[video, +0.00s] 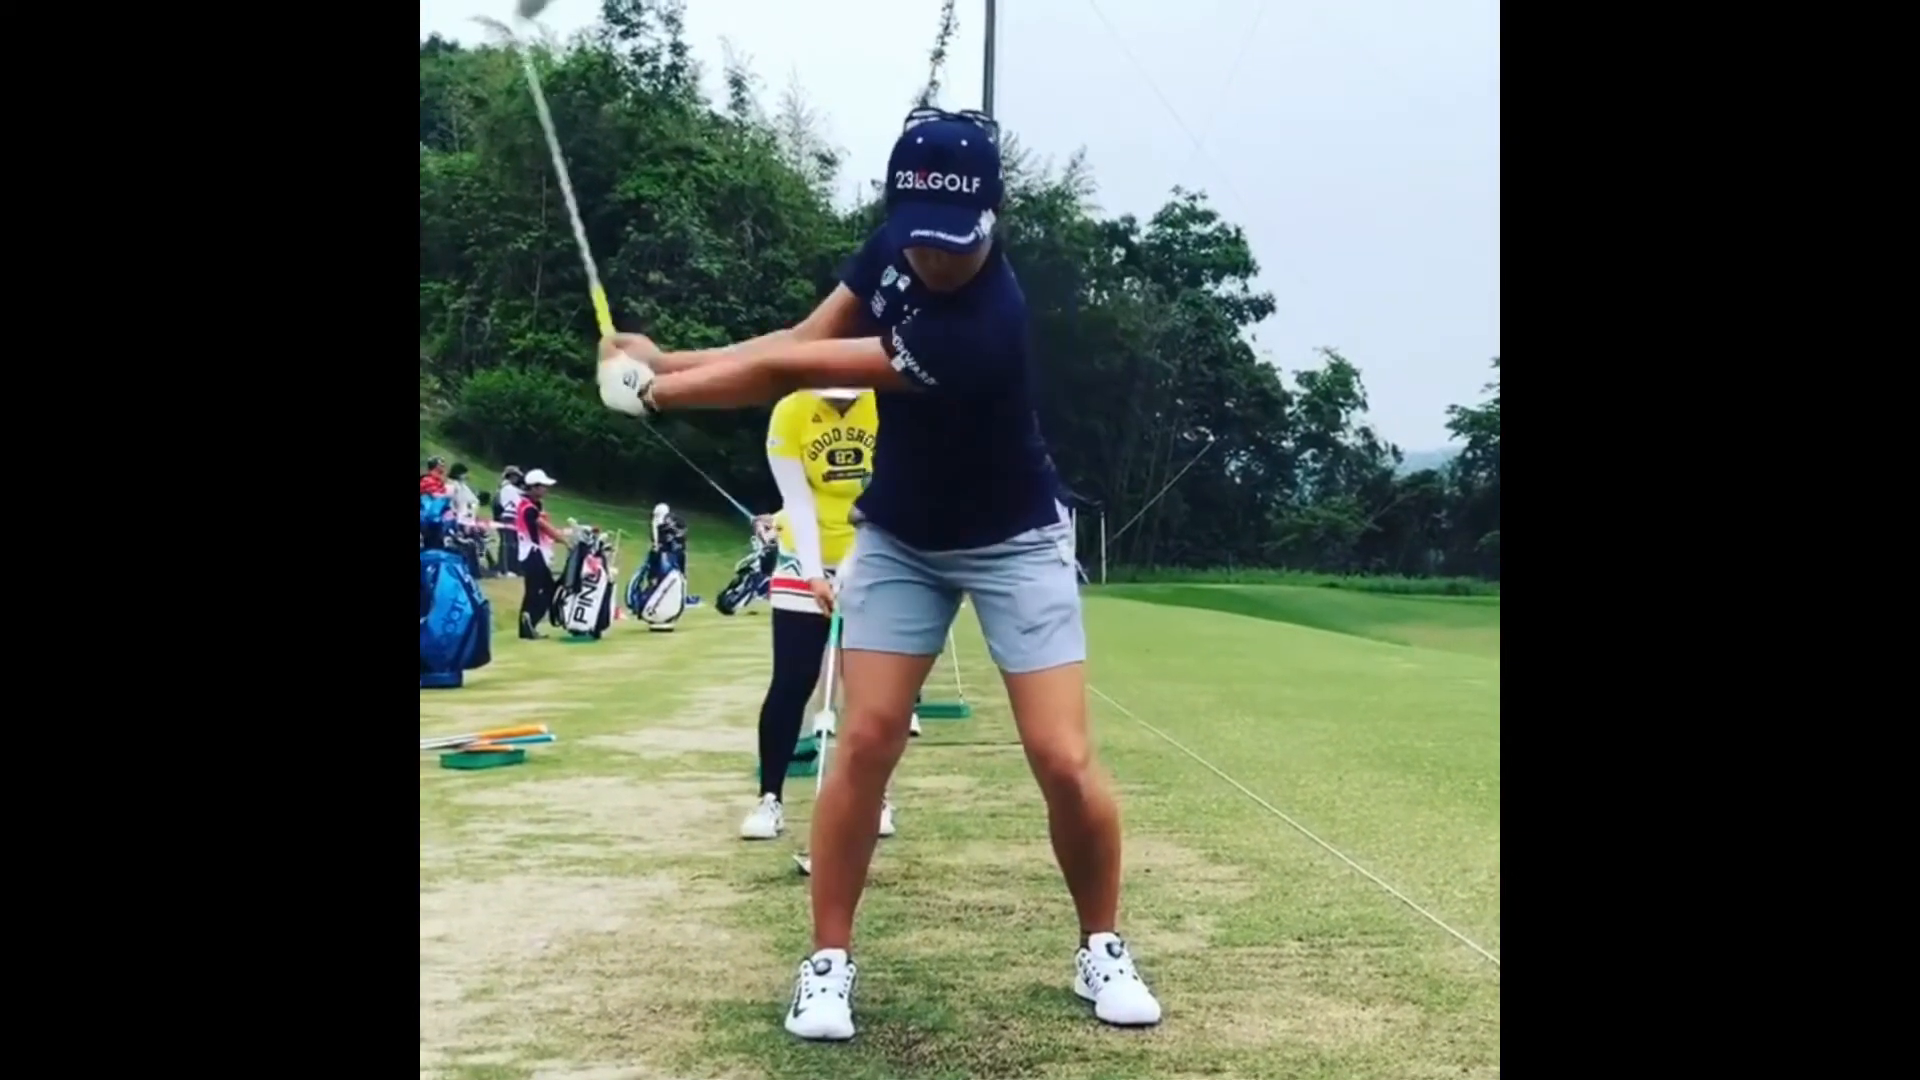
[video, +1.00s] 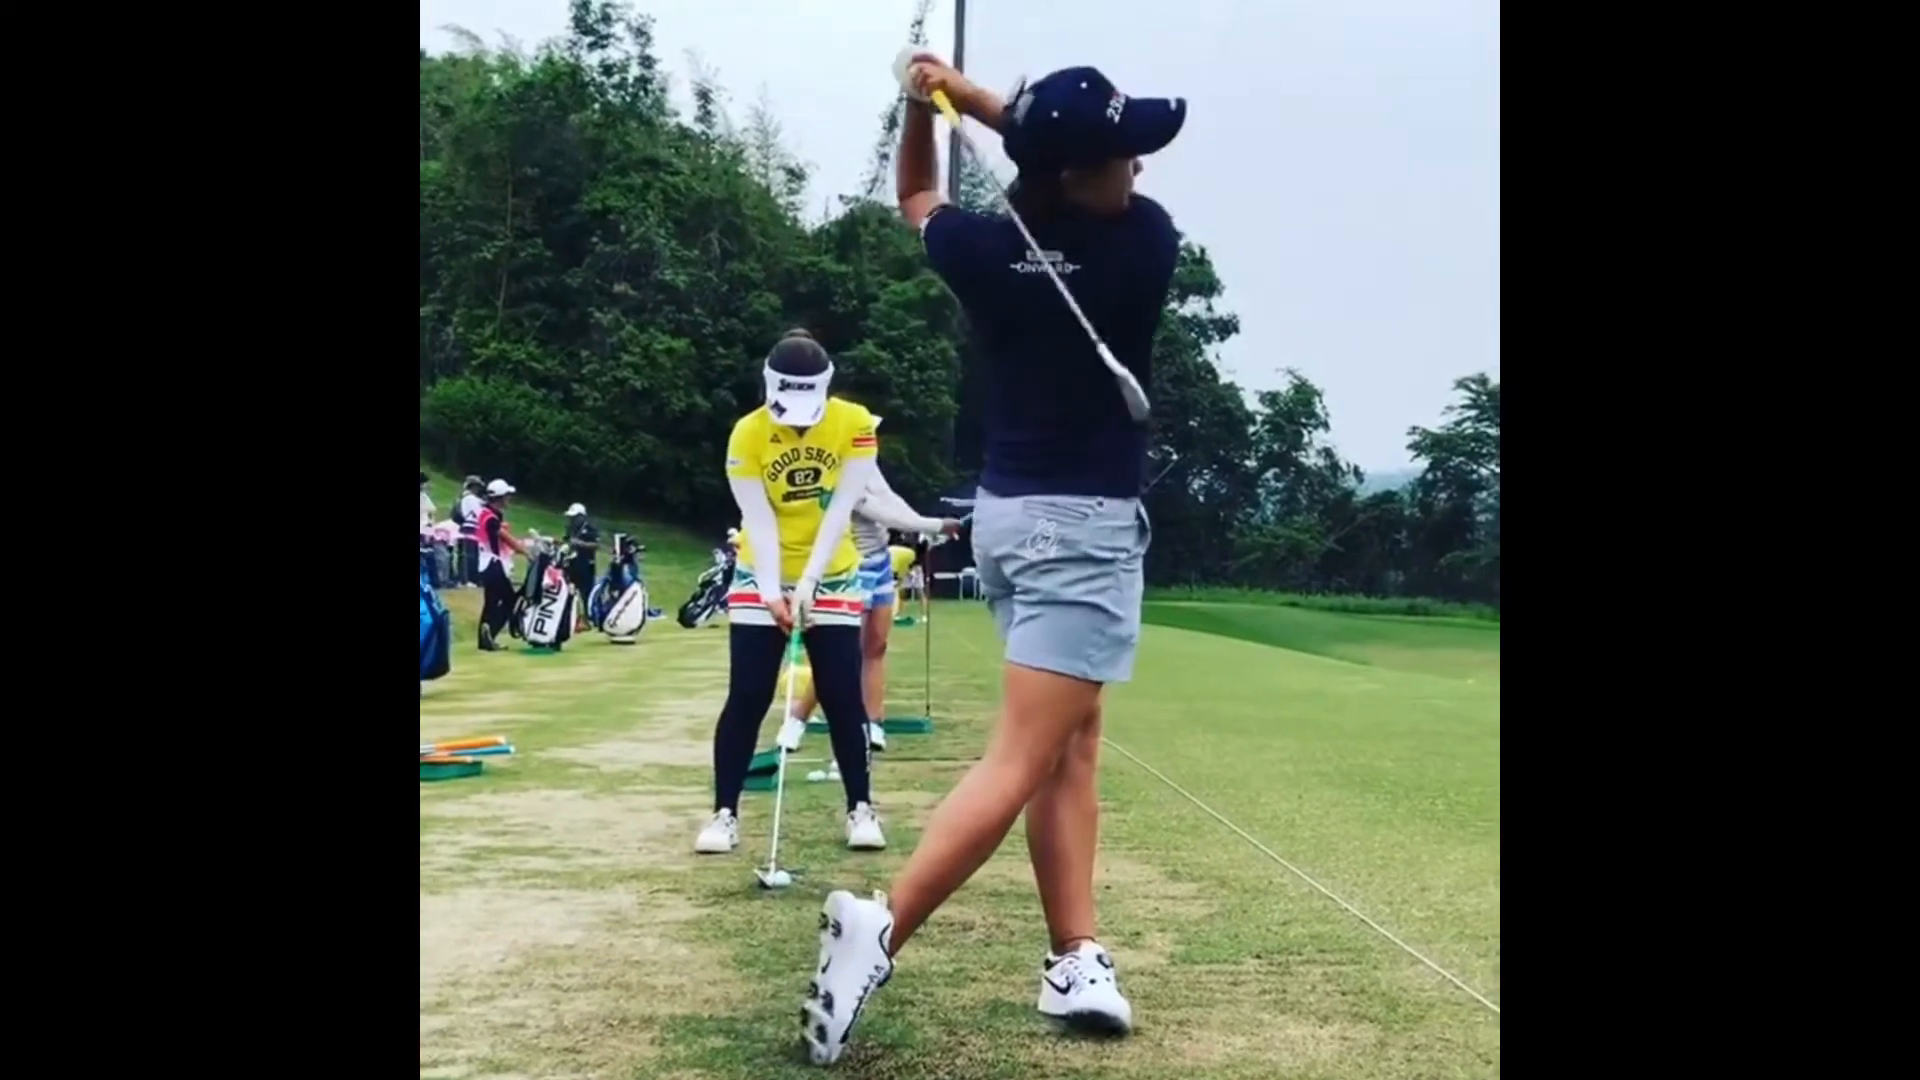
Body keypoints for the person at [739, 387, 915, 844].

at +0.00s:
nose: (841, 380)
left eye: (850, 364)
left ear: (869, 359)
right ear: (815, 360)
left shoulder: (887, 404)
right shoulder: (791, 413)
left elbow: (897, 487)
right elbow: (797, 501)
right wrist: (813, 571)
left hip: (871, 556)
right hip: (804, 560)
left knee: (878, 689)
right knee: (792, 682)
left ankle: (875, 791)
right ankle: (770, 797)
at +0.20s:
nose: (821, 400)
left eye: (832, 390)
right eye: (811, 389)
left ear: (850, 373)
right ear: (794, 373)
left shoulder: (873, 406)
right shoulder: (772, 419)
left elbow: (878, 491)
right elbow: (783, 507)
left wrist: (840, 565)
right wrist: (802, 573)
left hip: (857, 557)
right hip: (788, 559)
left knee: (869, 690)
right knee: (785, 685)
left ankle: (877, 794)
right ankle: (767, 803)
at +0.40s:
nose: (818, 391)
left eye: (830, 381)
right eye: (809, 380)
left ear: (853, 374)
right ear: (796, 373)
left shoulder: (889, 417)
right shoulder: (778, 423)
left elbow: (881, 500)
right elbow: (786, 509)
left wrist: (840, 569)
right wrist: (802, 576)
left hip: (865, 567)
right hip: (791, 565)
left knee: (871, 695)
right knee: (782, 688)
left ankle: (892, 805)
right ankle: (761, 806)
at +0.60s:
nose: (829, 405)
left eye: (840, 394)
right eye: (819, 392)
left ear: (860, 377)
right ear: (805, 376)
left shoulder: (893, 418)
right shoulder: (783, 428)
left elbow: (882, 505)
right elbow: (791, 515)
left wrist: (842, 571)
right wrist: (801, 579)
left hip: (869, 571)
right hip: (795, 568)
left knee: (869, 700)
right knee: (777, 688)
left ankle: (882, 813)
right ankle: (749, 806)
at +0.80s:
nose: (811, 406)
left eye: (822, 395)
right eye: (801, 394)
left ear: (841, 381)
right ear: (786, 380)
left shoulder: (873, 420)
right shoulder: (763, 432)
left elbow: (863, 505)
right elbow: (773, 518)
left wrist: (824, 575)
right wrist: (783, 584)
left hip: (850, 574)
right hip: (777, 573)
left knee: (853, 695)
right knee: (762, 692)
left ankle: (868, 807)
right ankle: (734, 810)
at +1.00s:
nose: (795, 414)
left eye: (806, 403)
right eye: (785, 402)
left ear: (826, 387)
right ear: (770, 387)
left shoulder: (856, 424)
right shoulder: (747, 437)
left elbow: (844, 505)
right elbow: (758, 522)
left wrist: (808, 579)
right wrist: (769, 587)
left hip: (834, 576)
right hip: (759, 575)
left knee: (841, 696)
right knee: (747, 696)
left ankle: (860, 808)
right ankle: (724, 814)